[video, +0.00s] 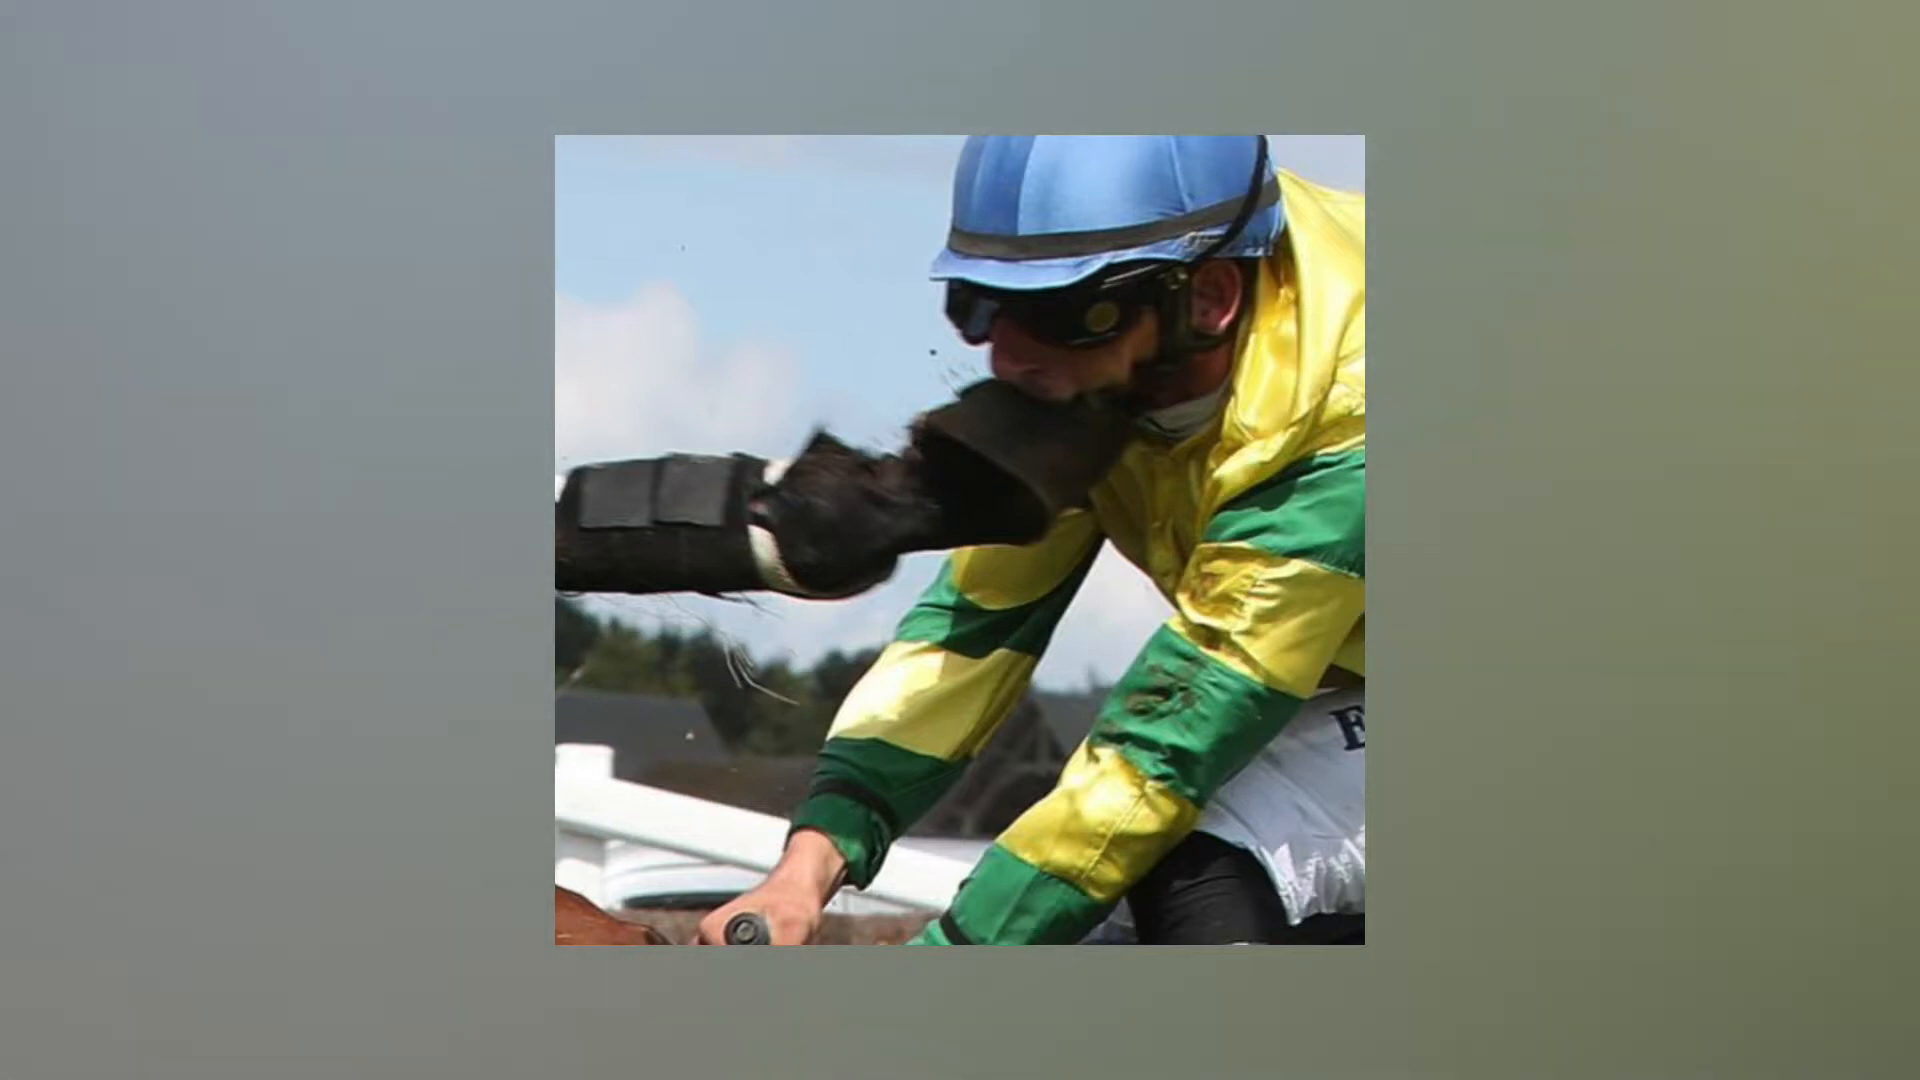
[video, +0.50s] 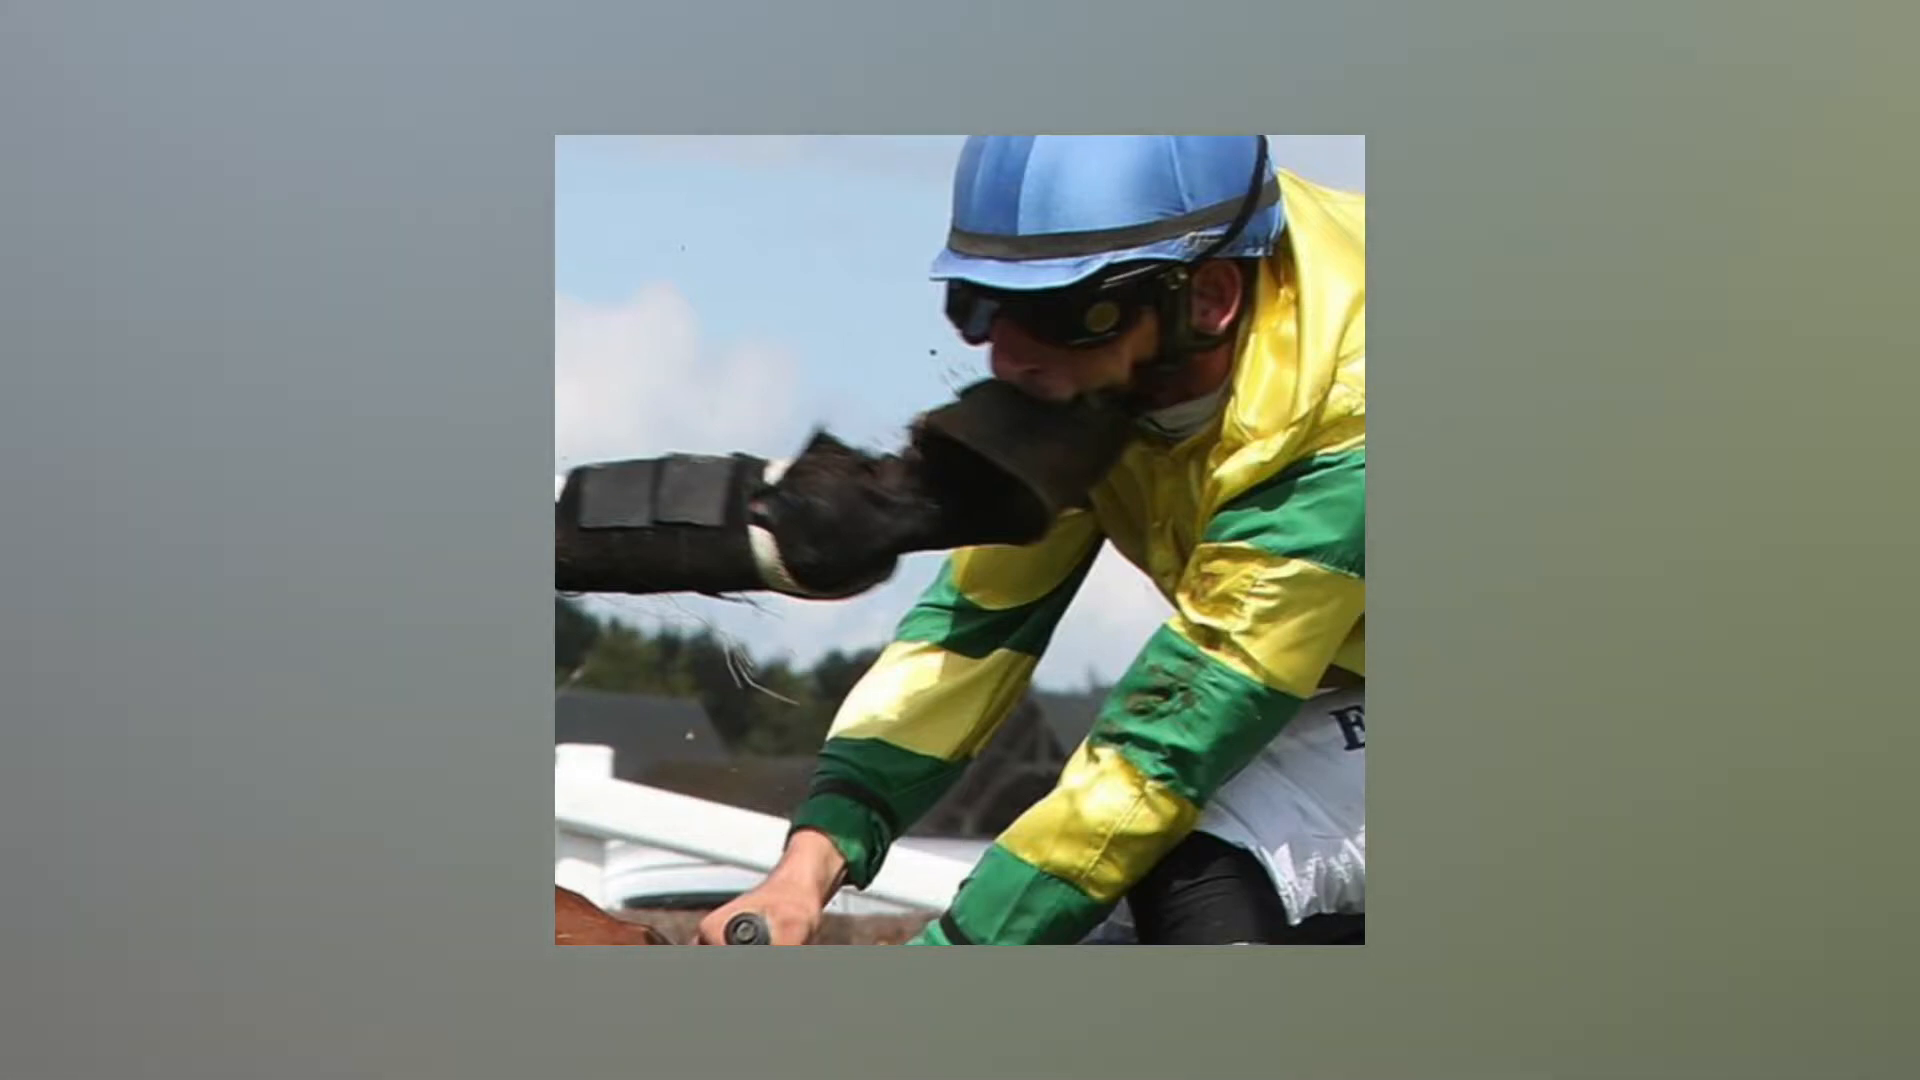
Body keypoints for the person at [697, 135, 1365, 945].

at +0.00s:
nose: (1005, 358)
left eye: (1055, 318)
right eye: (987, 309)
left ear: (1209, 299)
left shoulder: (1341, 429)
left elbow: (1159, 752)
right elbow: (969, 623)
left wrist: (932, 964)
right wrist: (804, 873)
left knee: (1204, 863)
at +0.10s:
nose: (1005, 358)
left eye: (1055, 318)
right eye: (988, 309)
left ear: (1209, 299)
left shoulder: (1341, 429)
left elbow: (1159, 752)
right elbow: (969, 623)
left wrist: (931, 967)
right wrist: (804, 872)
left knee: (1204, 862)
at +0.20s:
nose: (1005, 358)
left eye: (1055, 318)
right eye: (987, 309)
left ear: (1209, 299)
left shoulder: (1341, 429)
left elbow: (1159, 752)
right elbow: (969, 623)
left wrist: (932, 964)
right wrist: (804, 873)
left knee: (1204, 863)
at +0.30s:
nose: (1005, 358)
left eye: (1055, 318)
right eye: (987, 309)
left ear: (1209, 299)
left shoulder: (1341, 429)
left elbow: (1159, 753)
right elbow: (969, 623)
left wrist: (932, 964)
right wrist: (804, 873)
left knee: (1204, 863)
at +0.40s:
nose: (1005, 358)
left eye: (1055, 318)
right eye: (987, 309)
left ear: (1209, 299)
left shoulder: (1341, 429)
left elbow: (1159, 752)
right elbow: (969, 623)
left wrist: (932, 964)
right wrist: (804, 873)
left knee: (1204, 863)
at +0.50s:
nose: (1005, 358)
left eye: (1055, 318)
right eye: (988, 309)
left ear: (1209, 299)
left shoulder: (1341, 428)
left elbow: (1159, 752)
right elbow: (969, 623)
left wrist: (931, 967)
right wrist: (804, 872)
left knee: (1204, 862)